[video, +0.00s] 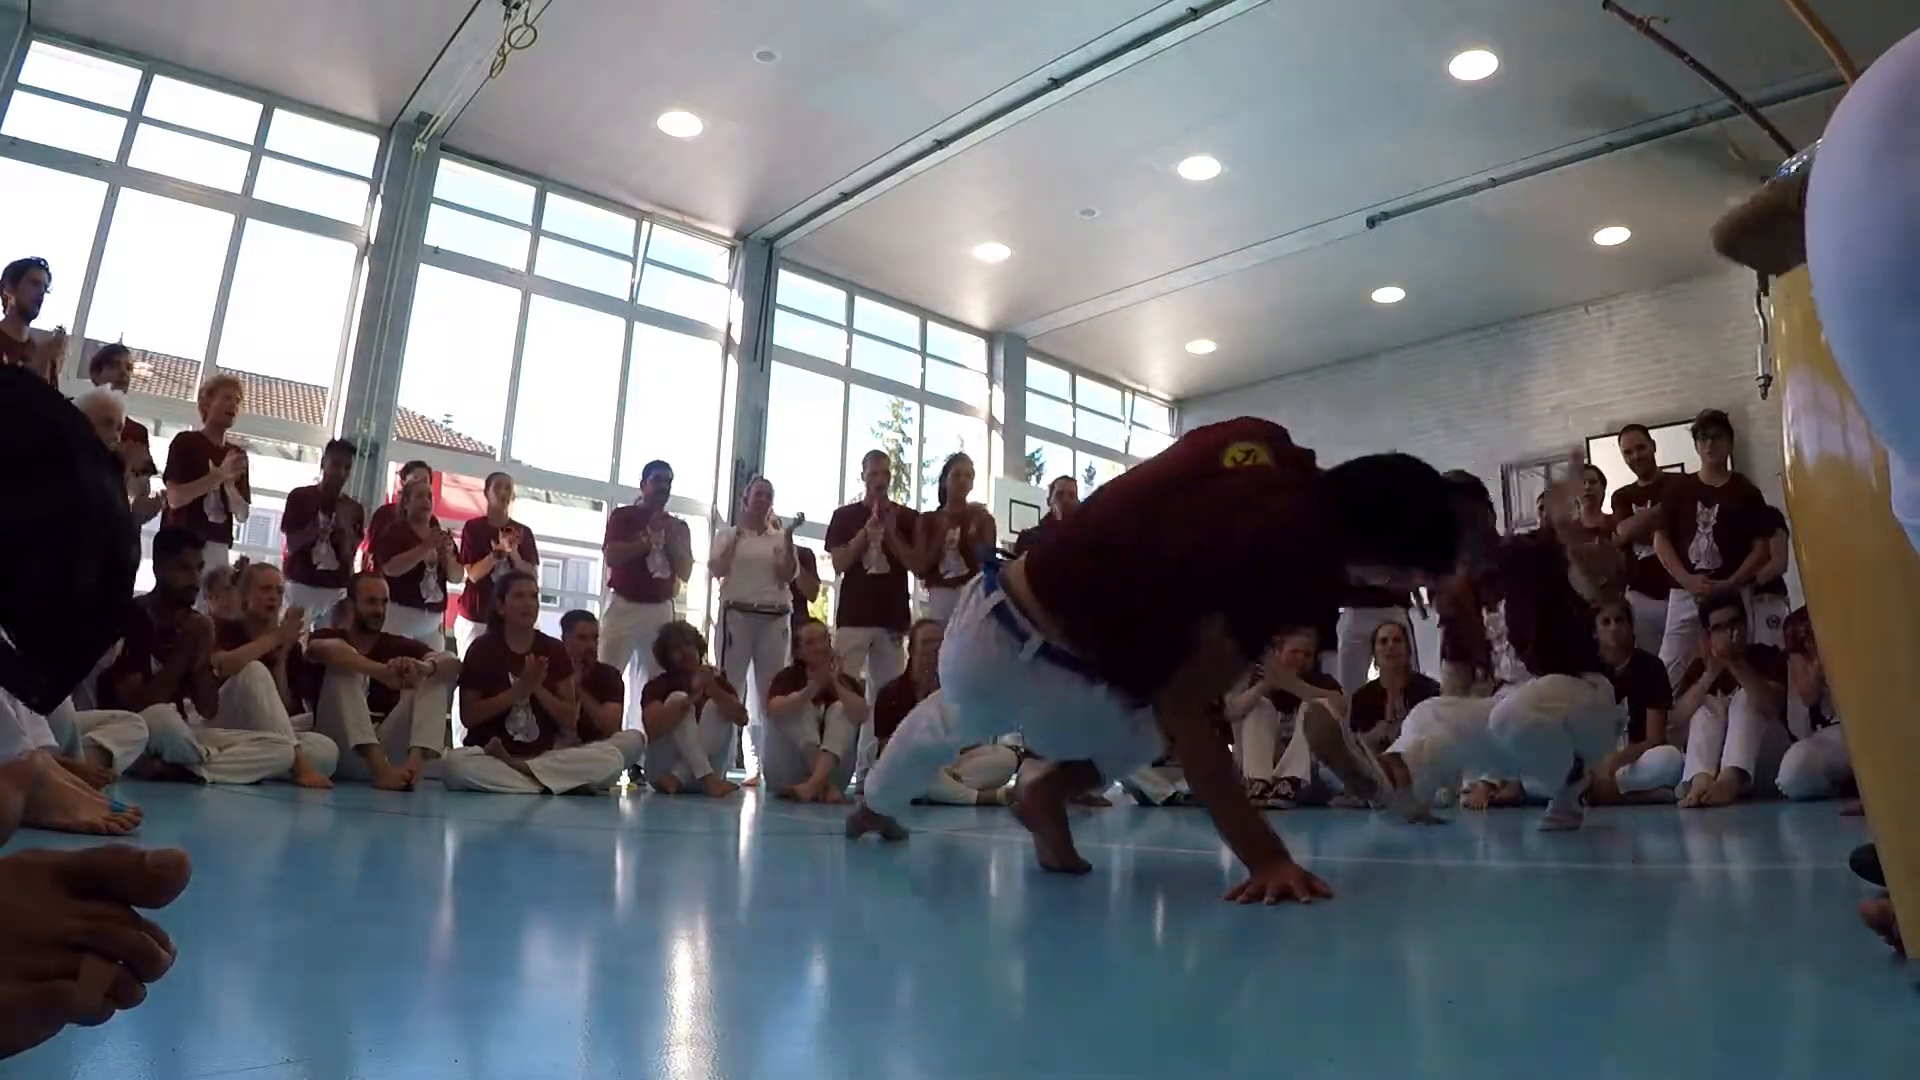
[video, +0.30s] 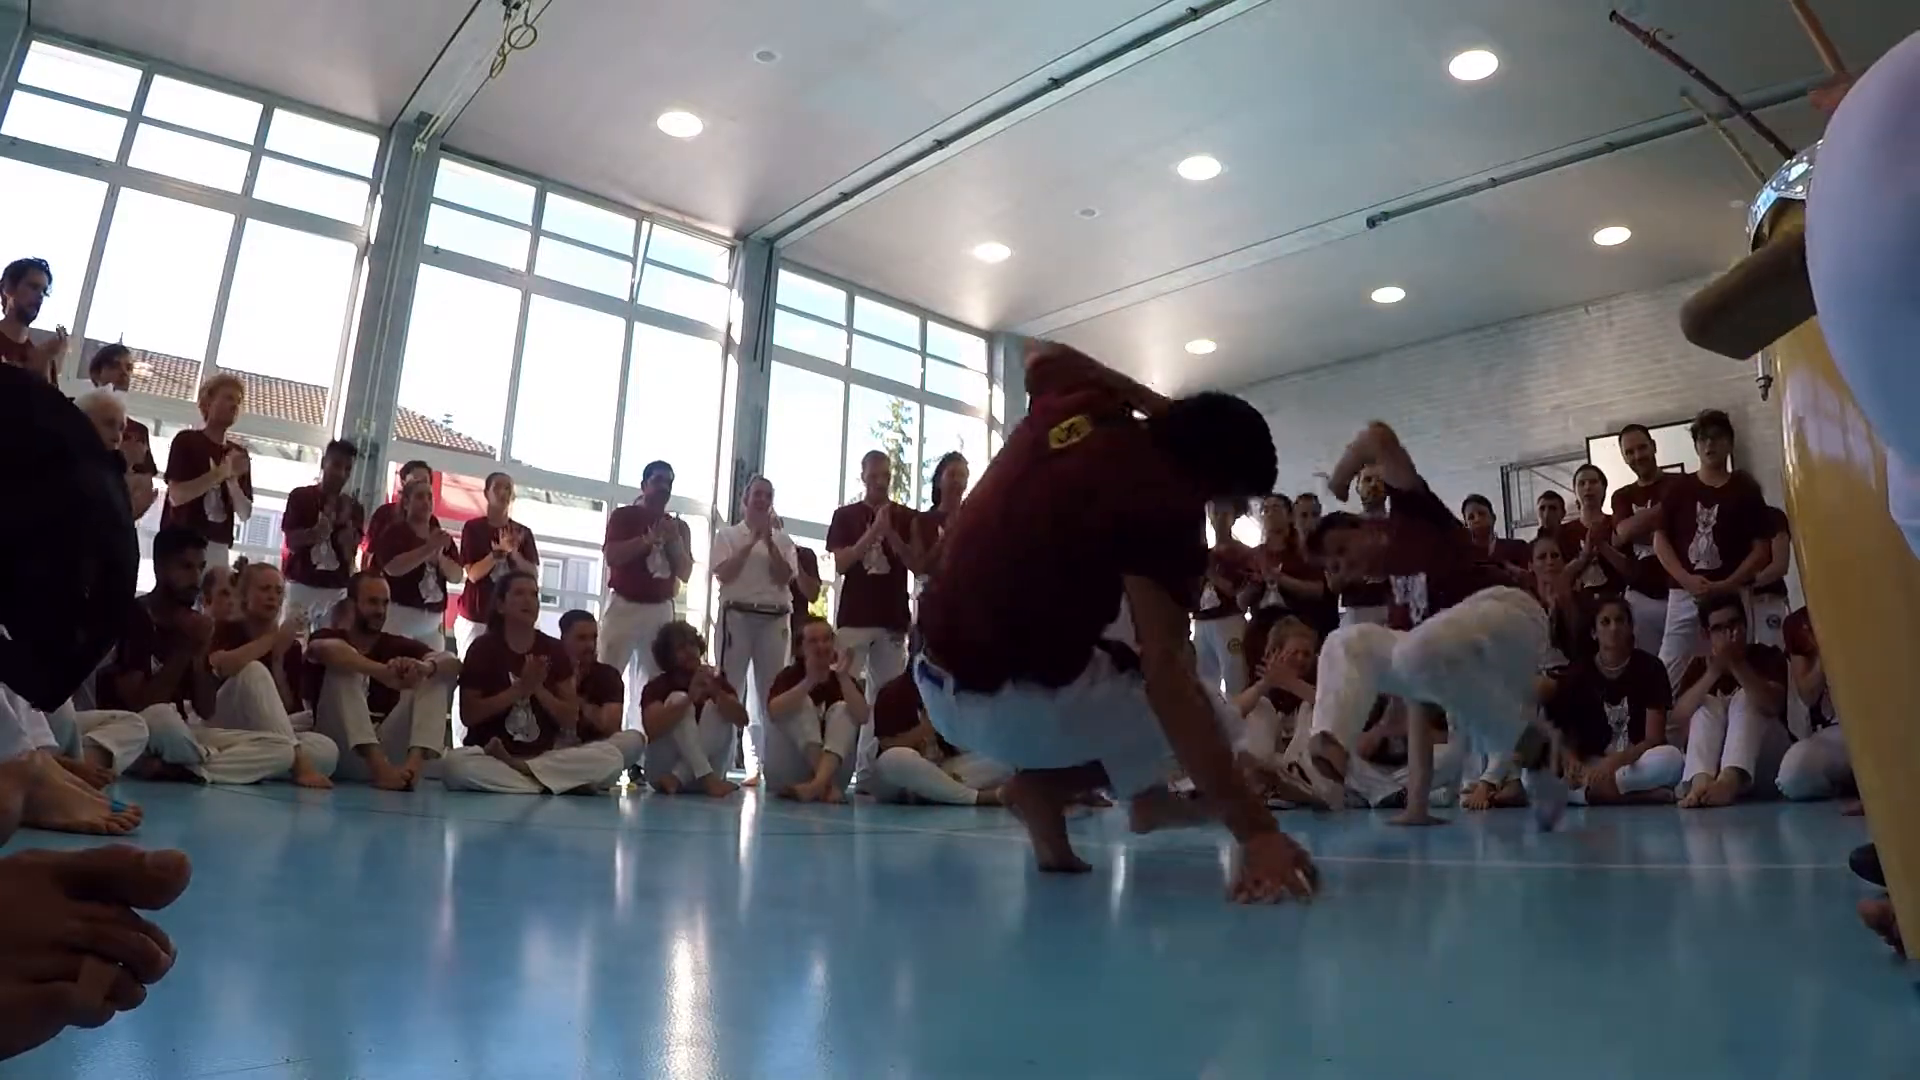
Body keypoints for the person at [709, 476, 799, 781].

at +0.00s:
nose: (761, 499)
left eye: (766, 495)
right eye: (757, 494)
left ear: (772, 502)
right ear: (745, 497)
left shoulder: (780, 536)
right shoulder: (728, 534)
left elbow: (787, 576)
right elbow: (718, 571)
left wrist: (787, 540)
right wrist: (734, 539)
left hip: (775, 616)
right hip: (736, 615)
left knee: (773, 692)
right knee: (730, 690)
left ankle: (771, 764)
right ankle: (726, 763)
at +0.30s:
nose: (761, 500)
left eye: (766, 496)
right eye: (757, 494)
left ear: (773, 502)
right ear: (745, 499)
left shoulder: (783, 539)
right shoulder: (728, 535)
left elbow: (786, 578)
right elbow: (722, 575)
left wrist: (770, 542)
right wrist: (751, 543)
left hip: (774, 618)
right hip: (736, 616)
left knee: (772, 693)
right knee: (730, 690)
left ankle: (769, 764)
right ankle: (724, 764)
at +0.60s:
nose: (760, 500)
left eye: (766, 495)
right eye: (756, 494)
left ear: (773, 501)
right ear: (745, 499)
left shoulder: (782, 538)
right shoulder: (728, 534)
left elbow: (784, 577)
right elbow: (724, 574)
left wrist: (766, 541)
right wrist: (757, 549)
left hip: (775, 617)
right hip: (737, 615)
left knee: (773, 694)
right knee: (731, 692)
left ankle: (769, 763)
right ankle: (726, 763)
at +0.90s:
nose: (761, 500)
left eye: (767, 496)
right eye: (757, 494)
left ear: (773, 501)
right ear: (745, 498)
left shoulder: (783, 538)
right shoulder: (729, 534)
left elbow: (786, 580)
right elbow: (720, 574)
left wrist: (778, 544)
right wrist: (741, 540)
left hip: (775, 617)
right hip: (736, 616)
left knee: (772, 692)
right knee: (730, 689)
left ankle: (770, 764)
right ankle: (726, 763)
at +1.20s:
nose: (760, 500)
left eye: (764, 494)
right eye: (755, 494)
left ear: (771, 500)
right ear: (744, 499)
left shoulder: (780, 534)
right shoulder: (729, 535)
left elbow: (790, 572)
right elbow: (718, 574)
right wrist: (730, 538)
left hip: (774, 615)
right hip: (737, 613)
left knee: (771, 694)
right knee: (730, 690)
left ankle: (768, 764)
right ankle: (722, 764)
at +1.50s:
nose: (759, 500)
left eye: (764, 496)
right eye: (755, 494)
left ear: (772, 502)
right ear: (744, 499)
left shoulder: (779, 538)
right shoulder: (726, 535)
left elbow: (786, 576)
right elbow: (717, 573)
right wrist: (747, 554)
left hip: (774, 618)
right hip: (736, 615)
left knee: (771, 694)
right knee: (729, 690)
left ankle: (768, 765)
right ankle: (723, 764)